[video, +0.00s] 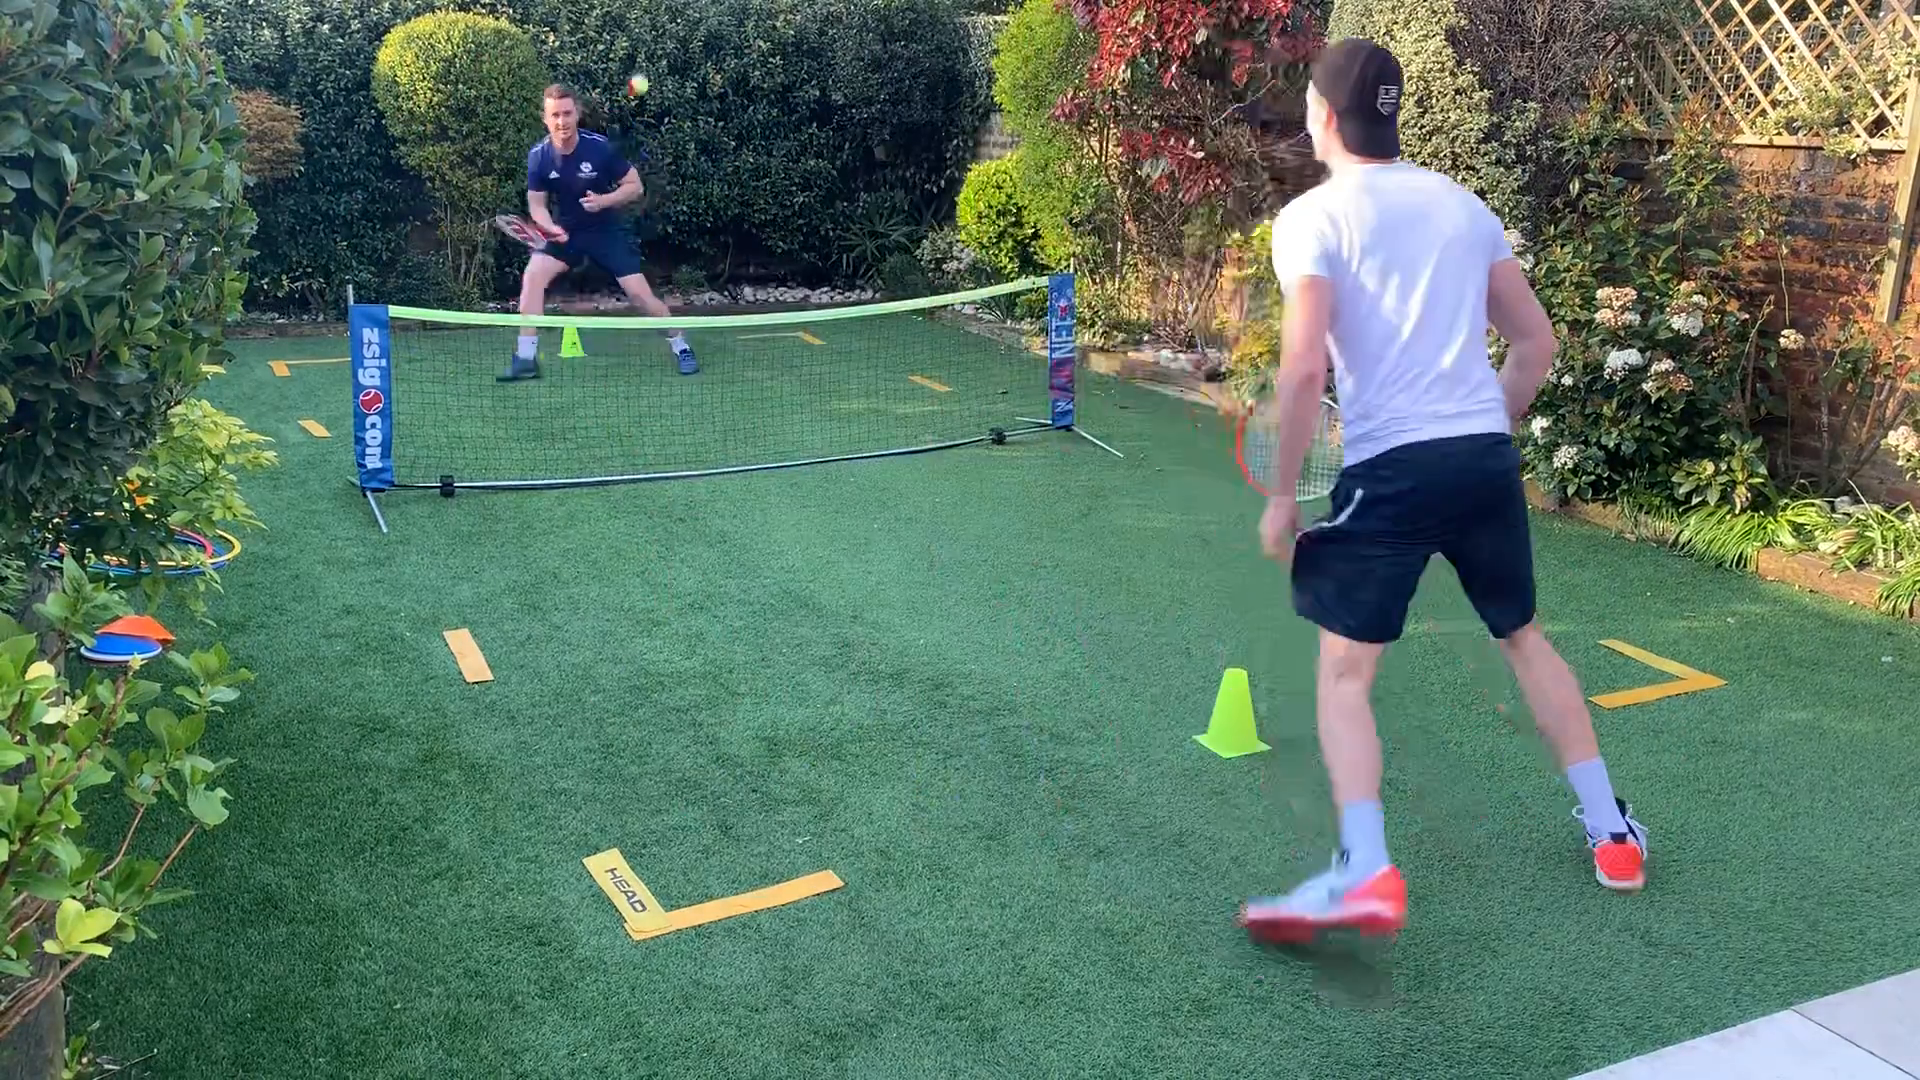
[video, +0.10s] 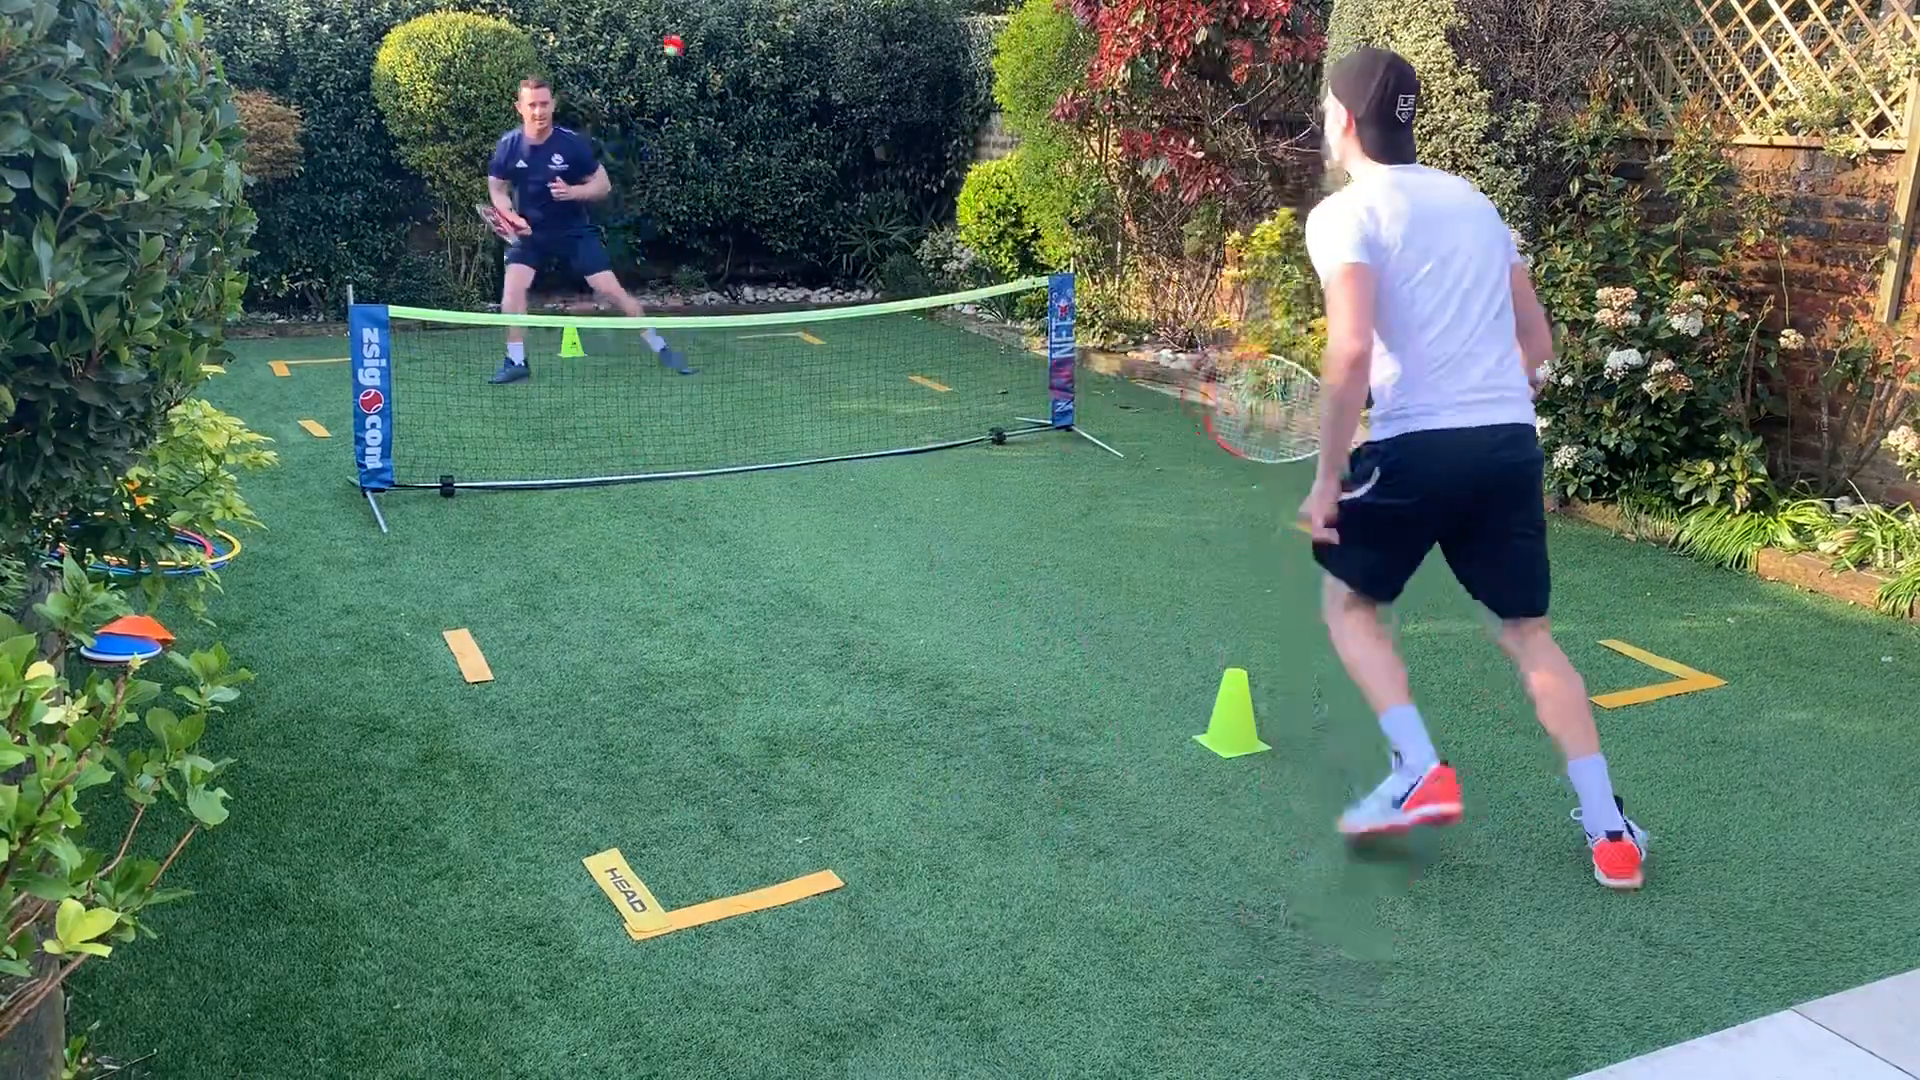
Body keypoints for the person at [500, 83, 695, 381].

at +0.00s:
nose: (561, 122)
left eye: (567, 114)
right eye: (554, 115)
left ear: (578, 115)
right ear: (545, 119)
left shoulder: (601, 149)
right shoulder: (538, 156)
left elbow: (634, 186)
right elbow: (536, 205)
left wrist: (604, 200)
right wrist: (549, 226)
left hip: (607, 231)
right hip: (566, 232)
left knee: (639, 294)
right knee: (532, 276)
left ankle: (681, 346)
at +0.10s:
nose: (539, 111)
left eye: (544, 104)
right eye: (532, 106)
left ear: (553, 106)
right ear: (520, 109)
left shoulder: (573, 143)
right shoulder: (508, 146)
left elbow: (602, 185)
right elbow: (498, 191)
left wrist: (573, 191)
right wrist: (511, 217)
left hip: (574, 232)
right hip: (530, 232)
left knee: (609, 289)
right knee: (513, 286)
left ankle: (661, 348)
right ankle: (516, 361)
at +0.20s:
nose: (520, 99)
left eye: (525, 92)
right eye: (513, 93)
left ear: (533, 95)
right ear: (499, 96)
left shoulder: (550, 134)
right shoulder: (482, 136)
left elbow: (579, 176)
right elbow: (468, 175)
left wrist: (550, 180)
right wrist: (480, 204)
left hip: (545, 223)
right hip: (502, 224)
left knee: (566, 277)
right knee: (494, 282)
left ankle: (583, 353)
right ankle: (509, 358)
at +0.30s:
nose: (502, 93)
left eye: (508, 86)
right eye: (495, 87)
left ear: (515, 89)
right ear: (481, 90)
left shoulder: (532, 128)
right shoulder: (462, 127)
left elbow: (562, 169)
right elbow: (445, 169)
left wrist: (530, 177)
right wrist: (459, 202)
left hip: (519, 217)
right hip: (474, 215)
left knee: (520, 279)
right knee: (462, 277)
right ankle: (470, 350)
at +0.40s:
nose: (485, 100)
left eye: (490, 93)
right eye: (477, 93)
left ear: (497, 96)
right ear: (461, 95)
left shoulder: (511, 135)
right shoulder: (444, 134)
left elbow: (539, 173)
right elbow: (421, 178)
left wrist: (516, 187)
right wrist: (438, 209)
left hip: (492, 224)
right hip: (449, 222)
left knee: (491, 283)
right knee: (426, 284)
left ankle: (492, 357)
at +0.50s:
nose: (468, 107)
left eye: (473, 100)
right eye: (461, 100)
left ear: (480, 103)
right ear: (445, 101)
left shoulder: (490, 141)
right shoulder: (425, 138)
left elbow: (505, 176)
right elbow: (401, 183)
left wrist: (492, 191)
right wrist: (425, 214)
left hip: (468, 227)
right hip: (424, 226)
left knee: (476, 281)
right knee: (408, 291)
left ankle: (491, 358)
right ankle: (371, 332)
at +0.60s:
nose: (460, 110)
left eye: (465, 104)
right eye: (452, 103)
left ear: (470, 106)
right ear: (435, 104)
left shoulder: (474, 141)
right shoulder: (412, 138)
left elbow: (484, 174)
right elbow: (387, 182)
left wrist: (469, 187)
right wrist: (418, 213)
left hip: (450, 217)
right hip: (407, 215)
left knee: (460, 272)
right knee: (397, 282)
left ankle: (465, 352)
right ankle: (368, 346)